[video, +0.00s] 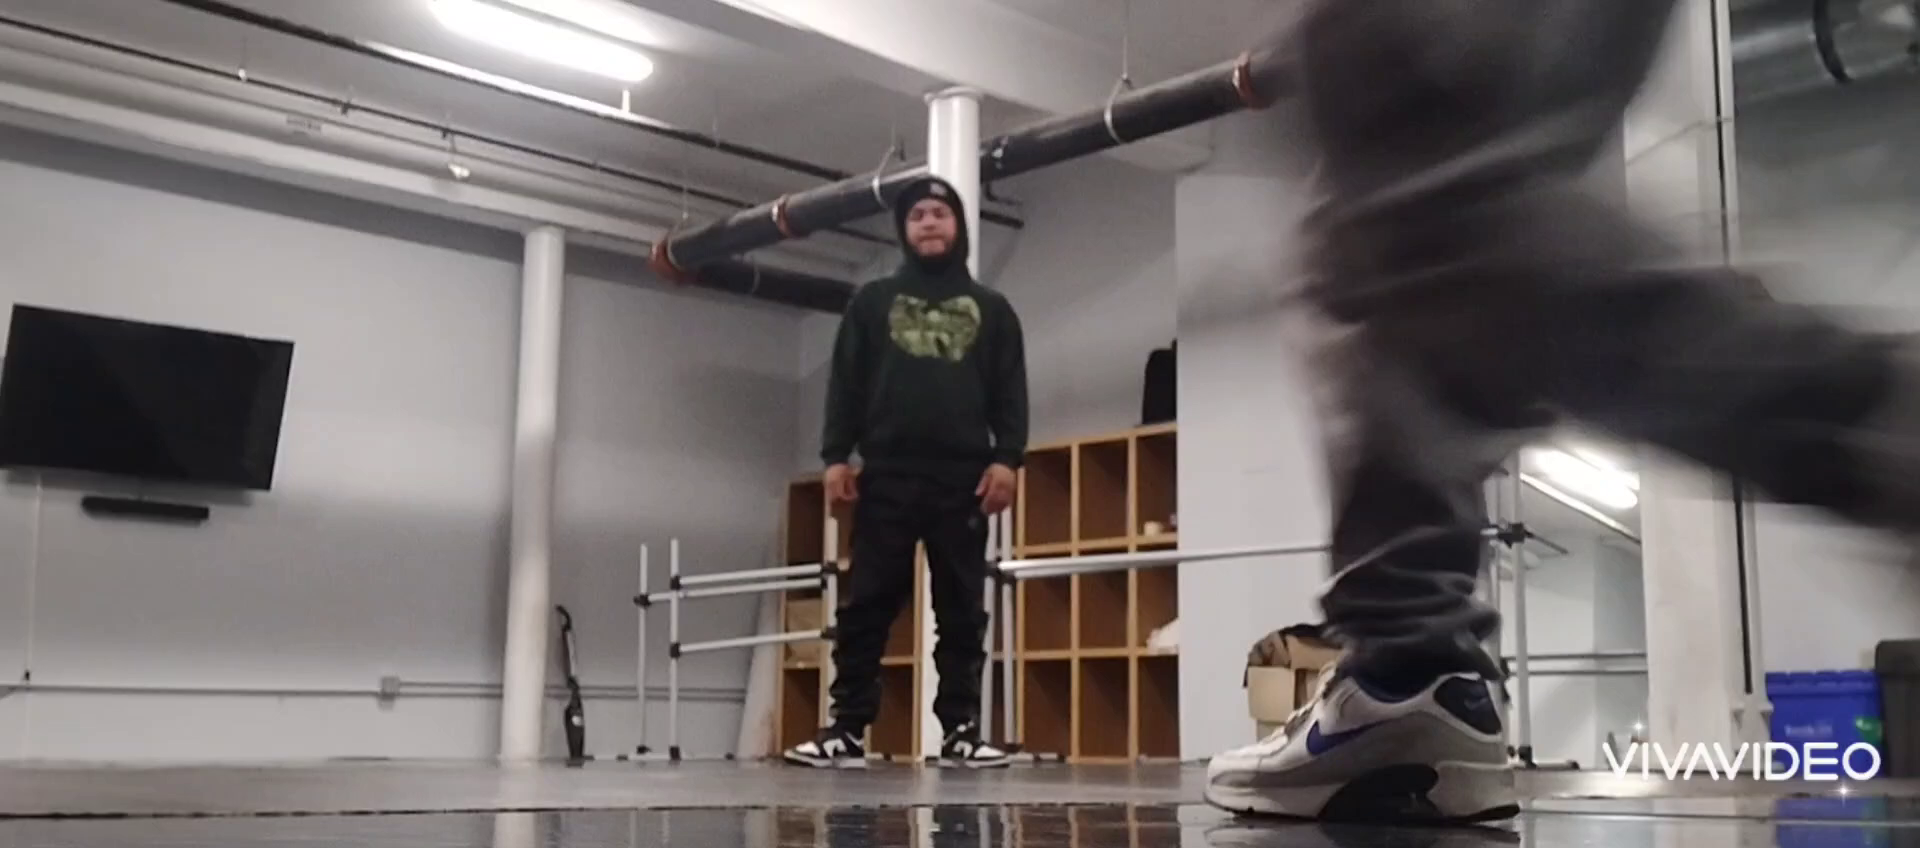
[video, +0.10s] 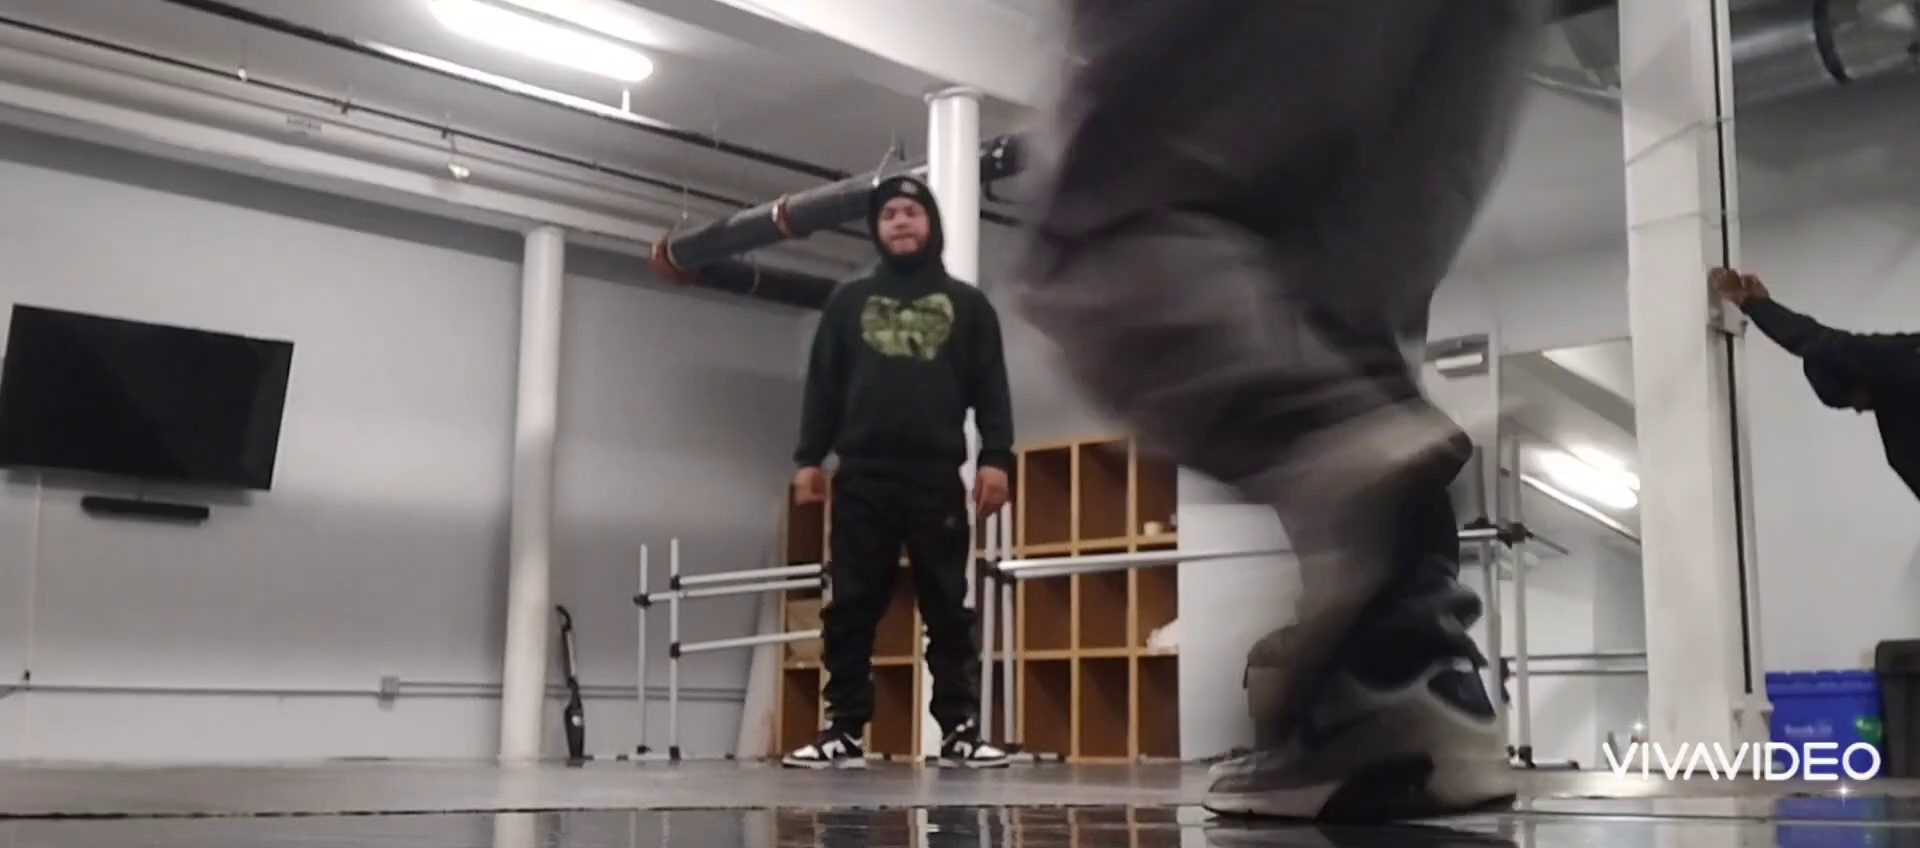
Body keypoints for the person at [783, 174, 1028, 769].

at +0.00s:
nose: (929, 223)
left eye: (939, 214)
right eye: (919, 216)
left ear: (960, 227)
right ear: (903, 231)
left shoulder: (991, 309)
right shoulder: (872, 300)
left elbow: (1011, 391)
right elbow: (845, 381)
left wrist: (1007, 459)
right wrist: (837, 456)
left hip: (960, 475)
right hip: (886, 472)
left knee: (962, 611)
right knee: (866, 604)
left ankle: (960, 732)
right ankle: (848, 731)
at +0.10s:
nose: (901, 222)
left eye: (912, 213)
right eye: (890, 215)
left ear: (932, 225)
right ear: (876, 230)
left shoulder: (968, 305)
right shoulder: (850, 299)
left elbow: (991, 388)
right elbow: (823, 383)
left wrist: (995, 460)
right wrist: (810, 458)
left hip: (937, 475)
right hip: (862, 474)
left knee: (948, 608)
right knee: (850, 606)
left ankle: (959, 731)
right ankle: (845, 732)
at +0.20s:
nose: (879, 223)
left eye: (890, 213)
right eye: (869, 215)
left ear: (912, 223)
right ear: (854, 230)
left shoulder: (939, 298)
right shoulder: (832, 298)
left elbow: (968, 380)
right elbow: (803, 383)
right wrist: (786, 460)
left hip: (916, 470)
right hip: (843, 470)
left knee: (931, 601)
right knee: (838, 603)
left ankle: (962, 729)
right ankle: (844, 731)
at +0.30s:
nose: (858, 224)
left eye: (868, 214)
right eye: (849, 216)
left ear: (888, 223)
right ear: (835, 230)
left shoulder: (915, 292)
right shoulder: (817, 297)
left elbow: (937, 379)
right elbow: (785, 382)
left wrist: (950, 453)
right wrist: (763, 461)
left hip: (903, 462)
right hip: (826, 466)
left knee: (916, 584)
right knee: (826, 598)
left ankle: (949, 719)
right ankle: (841, 727)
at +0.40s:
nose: (841, 220)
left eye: (851, 210)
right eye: (832, 212)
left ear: (873, 221)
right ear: (820, 228)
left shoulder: (894, 290)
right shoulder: (801, 296)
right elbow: (769, 380)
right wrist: (743, 454)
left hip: (882, 465)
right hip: (814, 467)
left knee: (880, 582)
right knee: (817, 597)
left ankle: (885, 719)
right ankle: (836, 722)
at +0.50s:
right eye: (817, 228)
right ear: (808, 235)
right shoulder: (788, 298)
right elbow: (755, 378)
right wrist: (729, 452)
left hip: (876, 472)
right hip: (804, 475)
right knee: (811, 605)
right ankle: (834, 724)